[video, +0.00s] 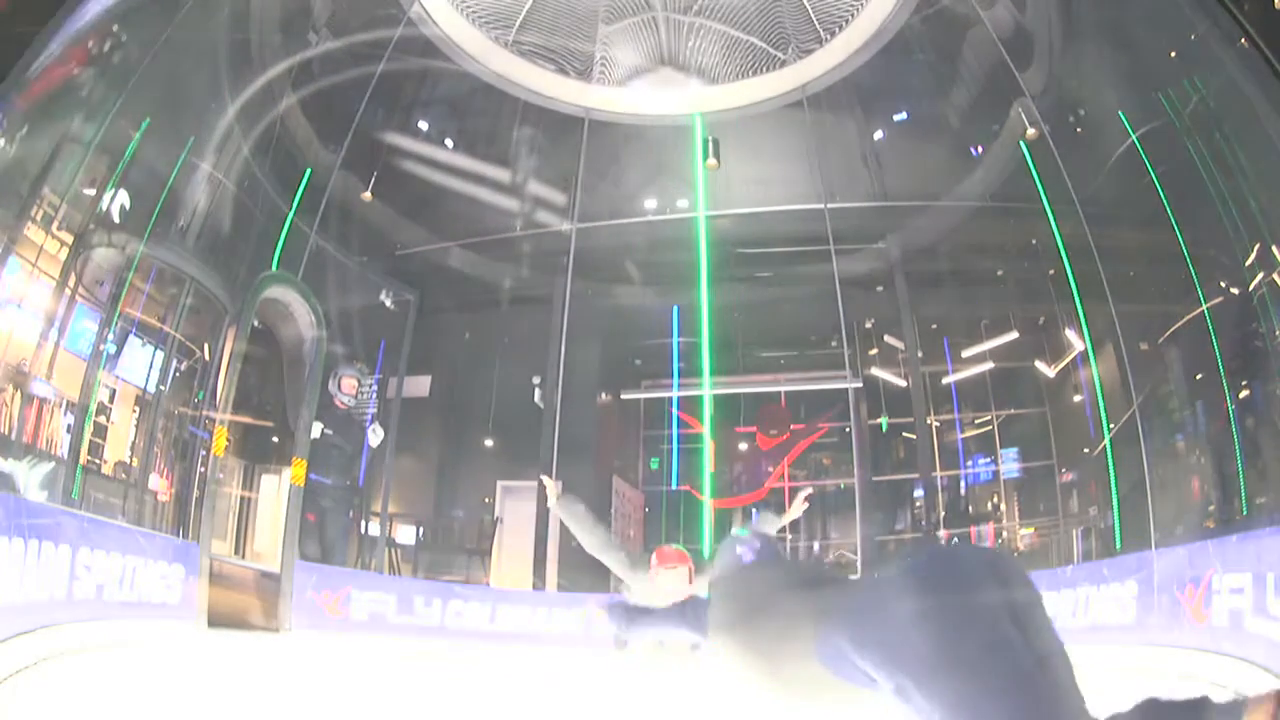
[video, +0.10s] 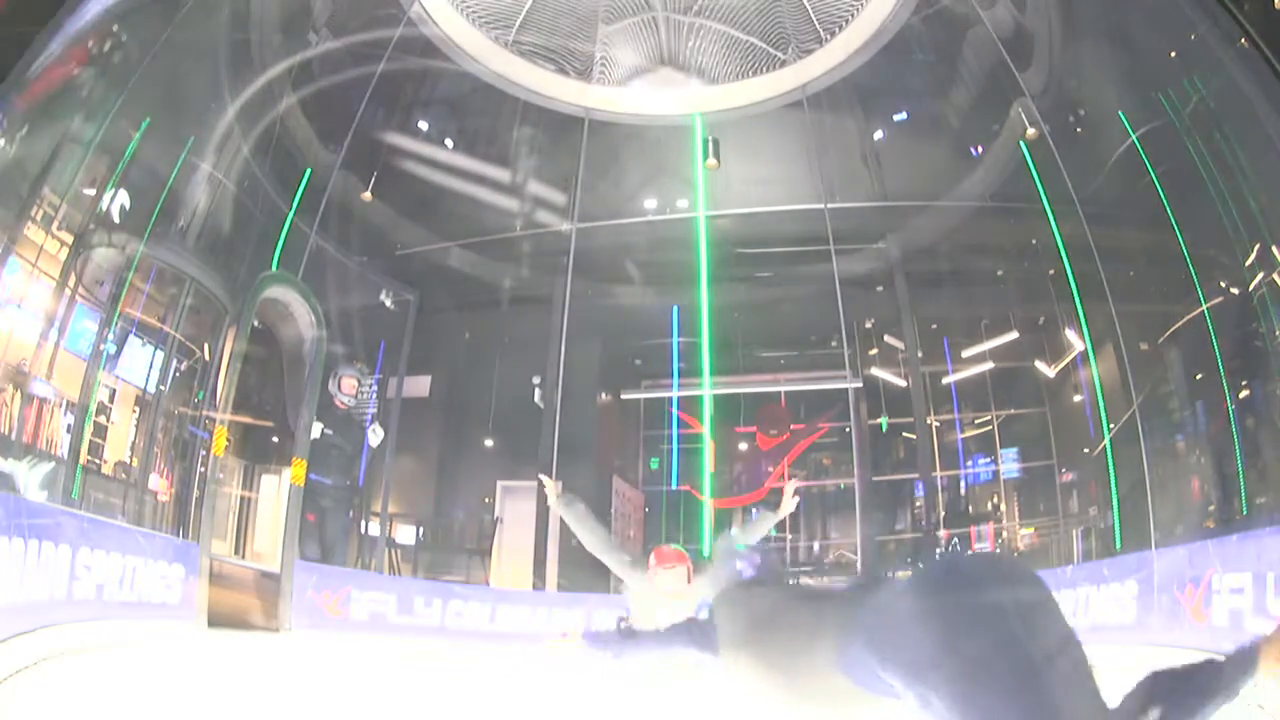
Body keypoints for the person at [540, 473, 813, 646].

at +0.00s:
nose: (678, 586)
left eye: (682, 579)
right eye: (671, 579)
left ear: (691, 576)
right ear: (654, 576)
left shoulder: (704, 587)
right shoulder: (635, 583)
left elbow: (740, 545)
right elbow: (597, 540)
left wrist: (784, 516)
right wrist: (560, 501)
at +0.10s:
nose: (671, 585)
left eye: (677, 577)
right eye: (664, 577)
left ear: (689, 574)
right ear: (651, 576)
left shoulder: (702, 592)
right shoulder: (636, 584)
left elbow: (734, 547)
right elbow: (599, 542)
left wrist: (777, 511)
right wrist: (562, 501)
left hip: (690, 657)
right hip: (641, 654)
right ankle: (584, 639)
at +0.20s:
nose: (672, 577)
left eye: (678, 569)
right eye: (664, 569)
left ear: (688, 571)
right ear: (651, 568)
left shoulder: (701, 588)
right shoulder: (636, 582)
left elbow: (733, 545)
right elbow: (599, 539)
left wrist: (774, 510)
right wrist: (561, 502)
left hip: (694, 668)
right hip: (645, 669)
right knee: (575, 664)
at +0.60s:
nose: (670, 592)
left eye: (675, 585)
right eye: (662, 585)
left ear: (683, 582)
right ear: (648, 583)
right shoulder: (633, 587)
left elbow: (734, 550)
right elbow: (595, 544)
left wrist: (778, 526)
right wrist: (559, 503)